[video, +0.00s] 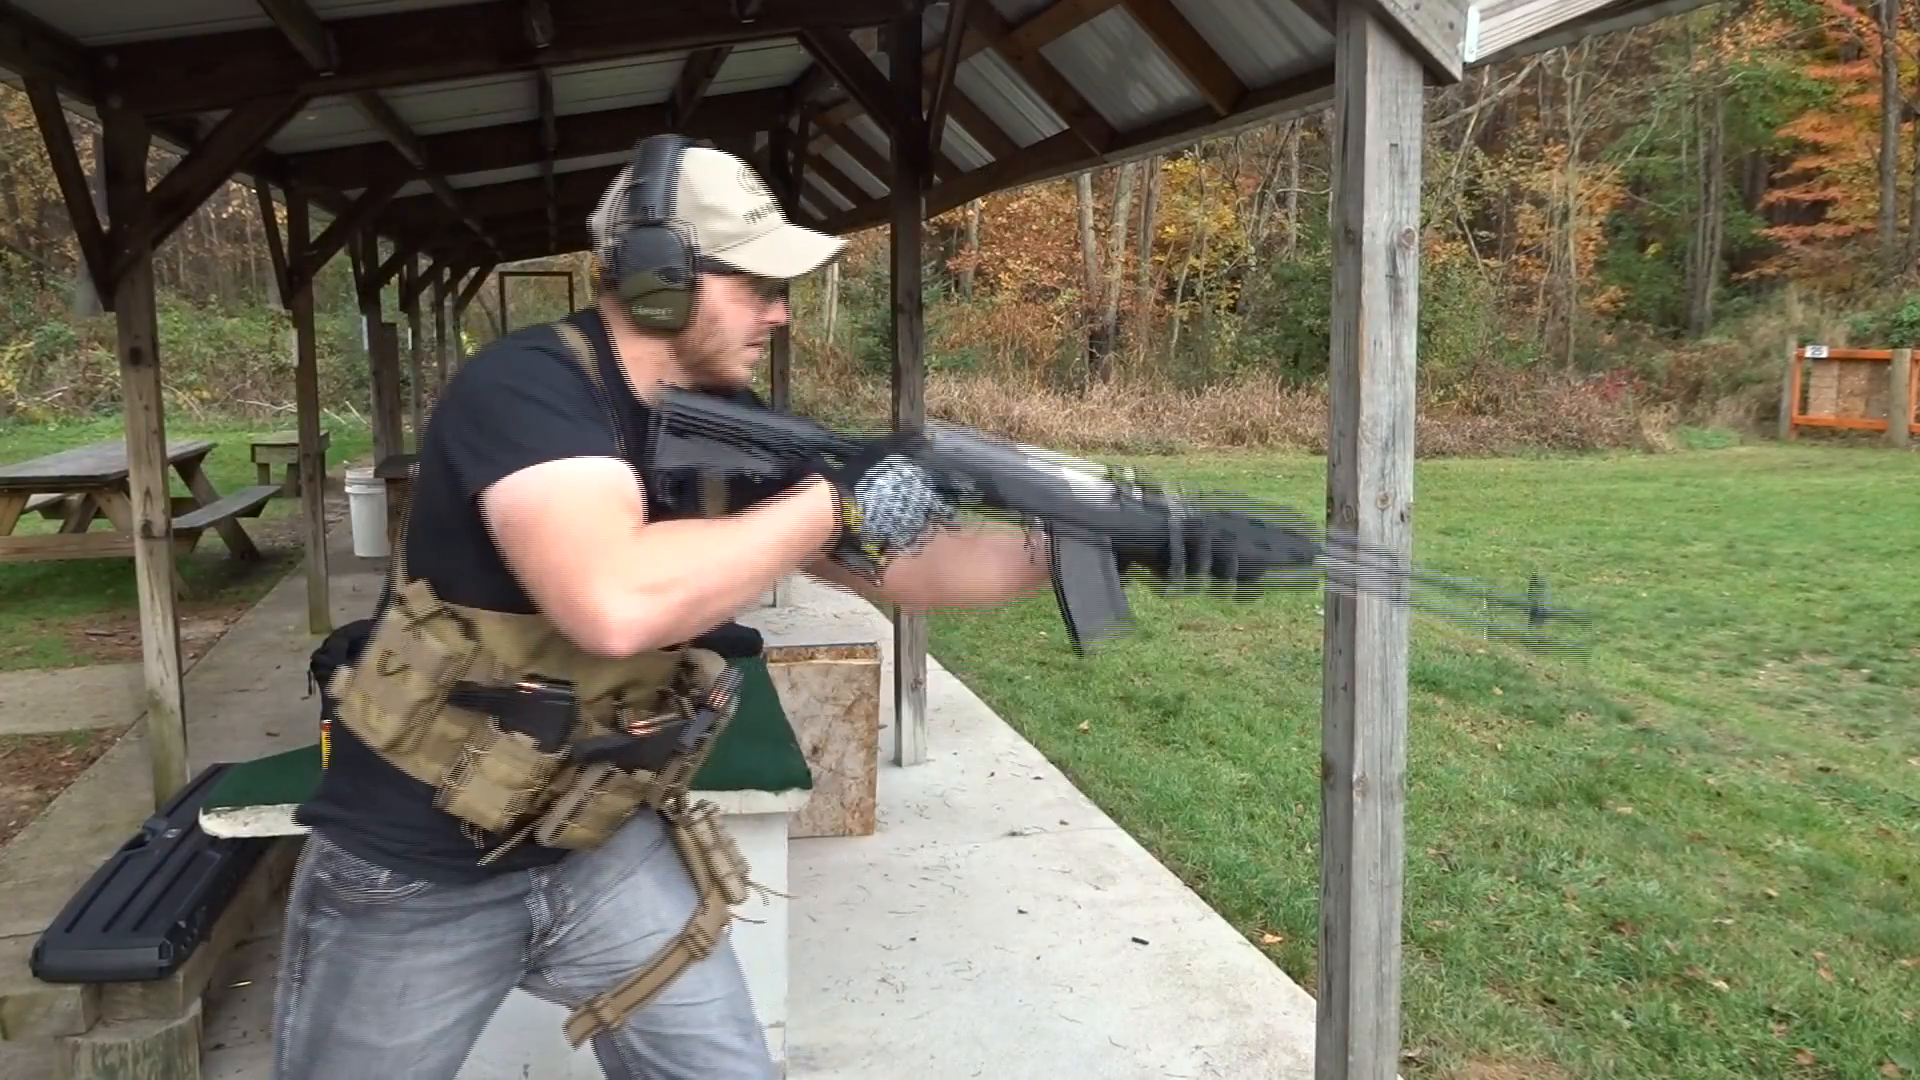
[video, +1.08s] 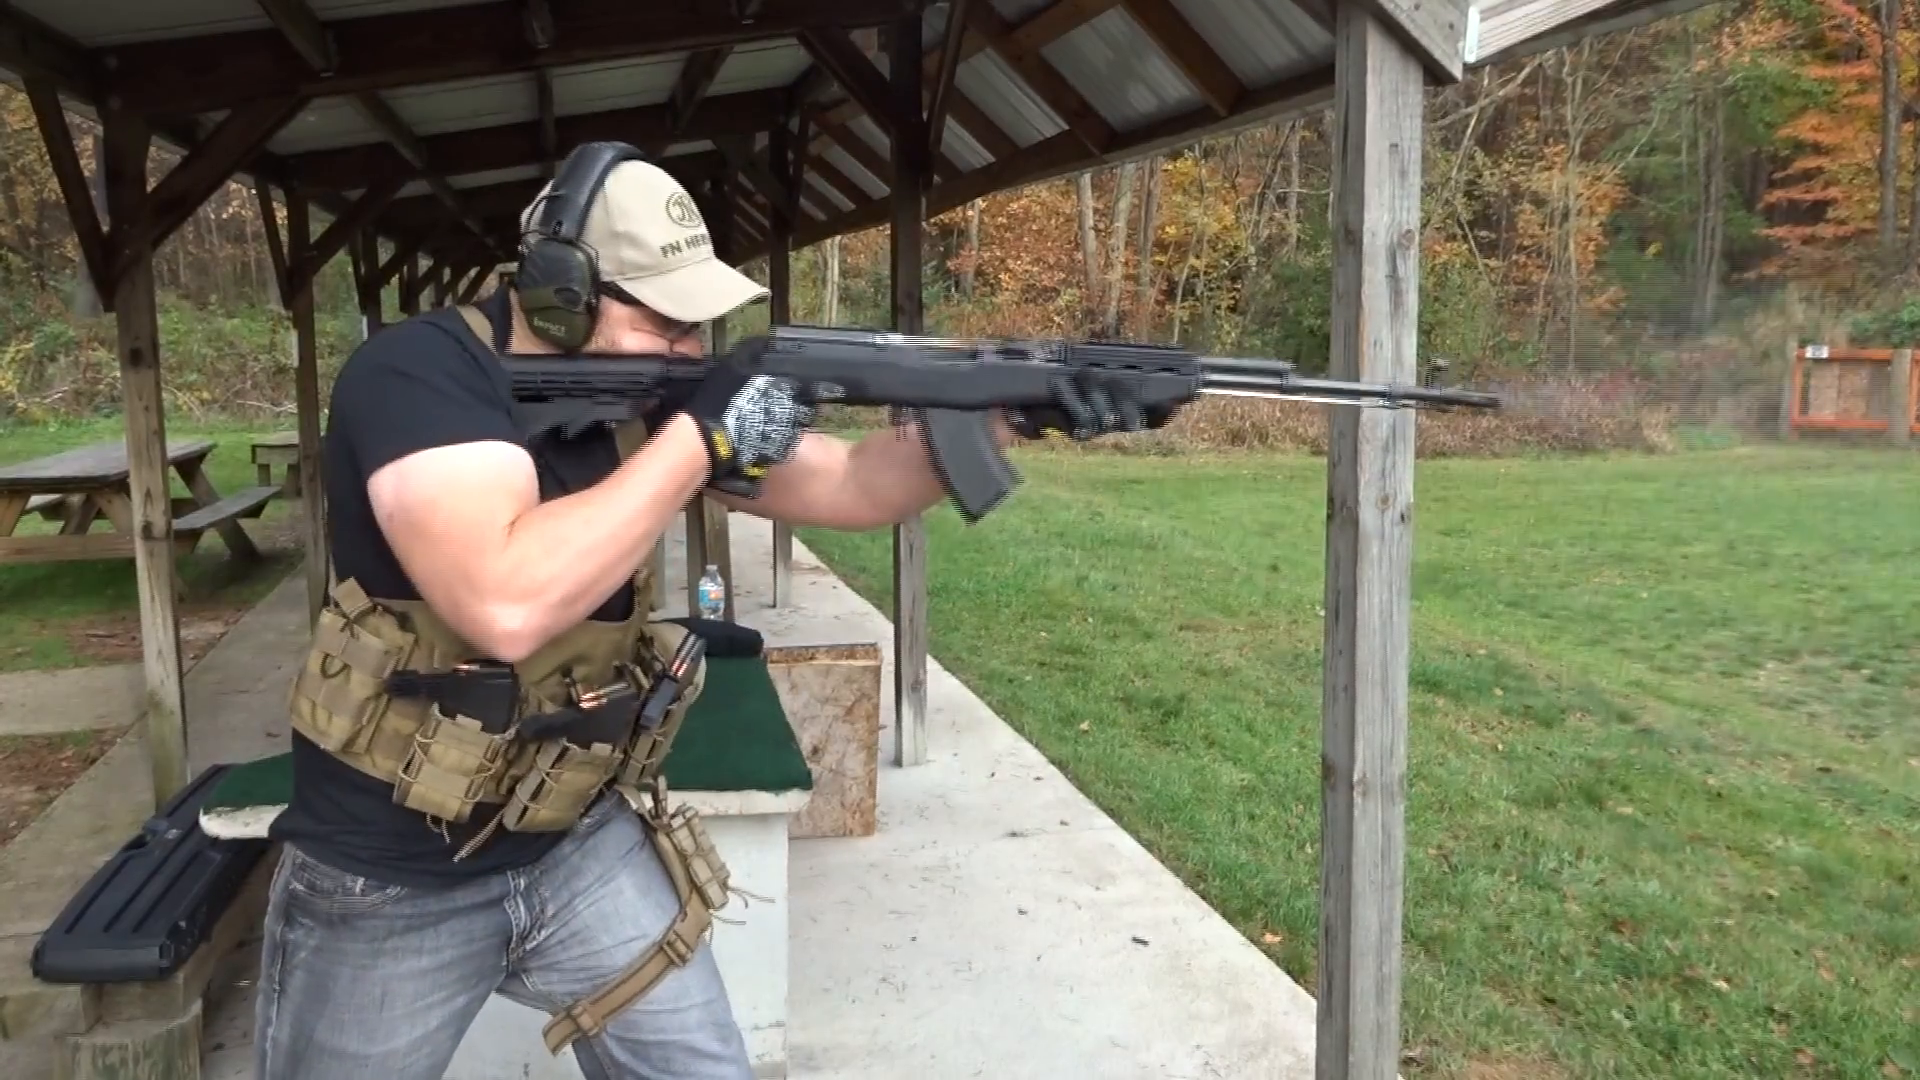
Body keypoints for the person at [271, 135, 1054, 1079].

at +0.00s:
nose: (781, 318)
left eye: (782, 293)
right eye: (759, 291)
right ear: (669, 279)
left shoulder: (714, 427)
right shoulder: (517, 388)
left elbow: (891, 564)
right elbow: (617, 602)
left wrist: (1077, 543)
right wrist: (833, 505)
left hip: (608, 845)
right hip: (415, 874)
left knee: (730, 1063)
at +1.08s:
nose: (686, 347)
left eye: (692, 324)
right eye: (661, 320)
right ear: (563, 294)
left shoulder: (639, 401)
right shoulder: (411, 377)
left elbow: (855, 481)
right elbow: (508, 602)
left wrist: (1024, 404)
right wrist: (699, 429)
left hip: (585, 842)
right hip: (389, 881)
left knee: (705, 1068)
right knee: (327, 1077)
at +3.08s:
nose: (657, 355)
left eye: (664, 331)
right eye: (630, 329)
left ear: (660, 304)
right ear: (532, 302)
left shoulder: (622, 399)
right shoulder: (383, 376)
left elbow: (833, 482)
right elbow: (469, 603)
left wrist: (1009, 407)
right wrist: (680, 435)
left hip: (577, 847)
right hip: (382, 893)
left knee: (697, 1060)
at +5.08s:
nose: (711, 315)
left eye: (716, 290)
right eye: (685, 289)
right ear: (582, 275)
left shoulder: (688, 404)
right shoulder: (449, 362)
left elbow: (855, 549)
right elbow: (483, 545)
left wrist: (987, 433)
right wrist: (754, 480)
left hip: (623, 843)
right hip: (420, 879)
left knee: (743, 1065)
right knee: (359, 1071)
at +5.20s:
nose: (752, 278)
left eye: (756, 249)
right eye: (723, 250)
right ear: (623, 240)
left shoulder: (741, 385)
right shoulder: (497, 375)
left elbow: (897, 525)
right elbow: (528, 622)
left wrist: (985, 458)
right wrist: (769, 500)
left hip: (693, 827)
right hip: (493, 860)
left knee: (787, 1066)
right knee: (428, 1066)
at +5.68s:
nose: (622, 283)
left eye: (639, 243)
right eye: (579, 255)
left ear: (672, 236)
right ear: (503, 260)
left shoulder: (729, 357)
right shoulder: (430, 421)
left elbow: (915, 510)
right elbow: (450, 745)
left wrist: (969, 470)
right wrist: (699, 571)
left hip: (721, 847)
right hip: (514, 885)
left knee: (785, 1062)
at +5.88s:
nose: (502, 318)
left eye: (520, 271)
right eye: (457, 288)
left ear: (563, 247)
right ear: (377, 285)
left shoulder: (644, 361)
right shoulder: (311, 465)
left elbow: (842, 496)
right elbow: (356, 811)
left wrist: (911, 490)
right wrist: (610, 619)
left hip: (648, 874)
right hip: (431, 937)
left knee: (722, 1060)